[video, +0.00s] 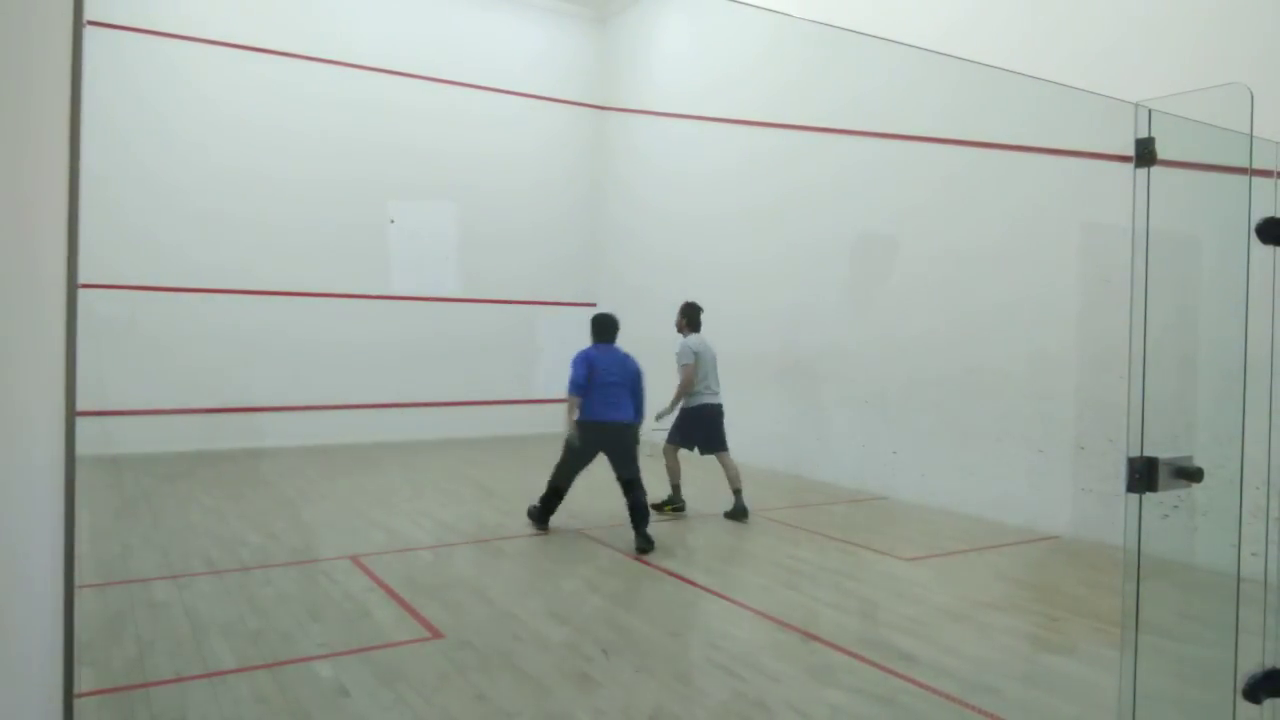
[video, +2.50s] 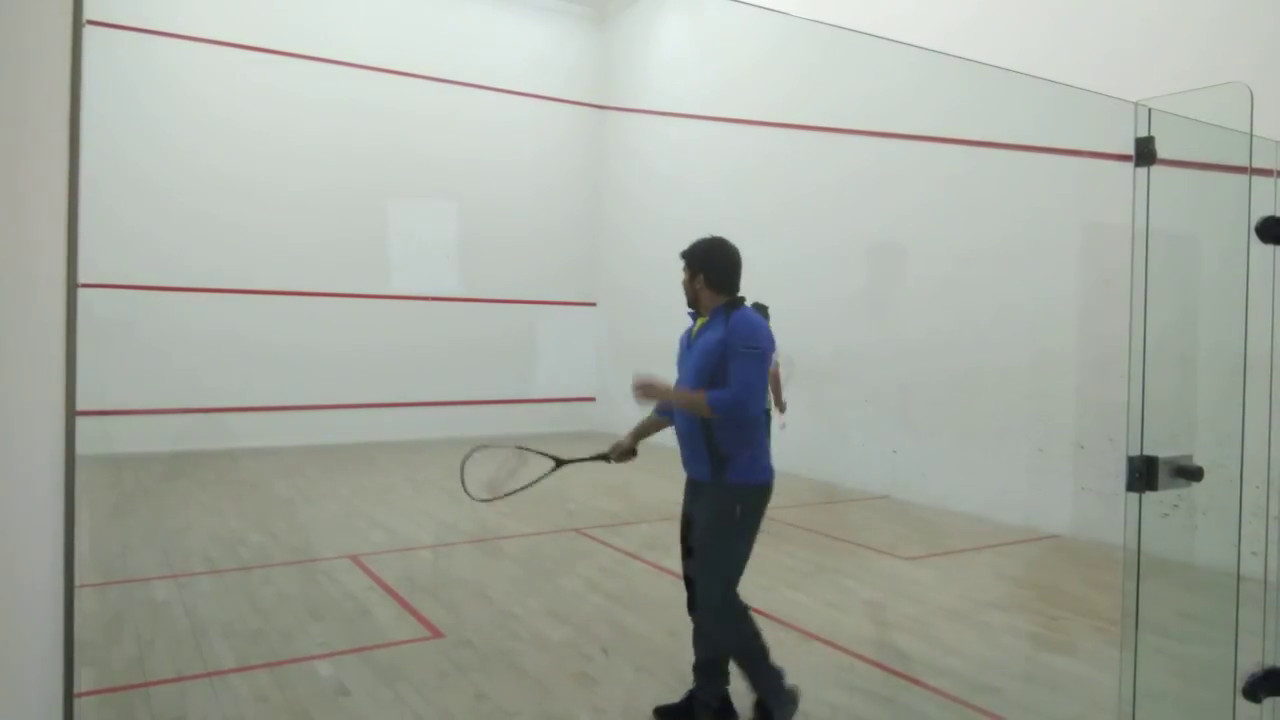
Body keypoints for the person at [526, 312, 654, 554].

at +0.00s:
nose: (596, 335)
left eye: (595, 330)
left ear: (593, 333)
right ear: (616, 334)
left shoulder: (585, 357)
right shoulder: (629, 361)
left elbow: (576, 389)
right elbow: (638, 401)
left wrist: (571, 420)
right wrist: (635, 427)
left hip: (590, 427)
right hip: (622, 429)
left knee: (565, 473)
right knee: (631, 481)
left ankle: (543, 514)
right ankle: (642, 534)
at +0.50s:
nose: (623, 304)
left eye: (625, 299)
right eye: (624, 299)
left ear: (634, 299)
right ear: (648, 298)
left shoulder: (637, 326)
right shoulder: (663, 328)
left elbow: (637, 368)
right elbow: (663, 370)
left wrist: (628, 402)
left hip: (638, 405)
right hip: (661, 407)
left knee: (621, 469)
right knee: (651, 470)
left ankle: (624, 539)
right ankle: (644, 535)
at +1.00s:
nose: (669, 303)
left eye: (674, 299)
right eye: (663, 297)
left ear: (682, 303)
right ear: (651, 299)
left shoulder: (688, 332)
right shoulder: (631, 336)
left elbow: (714, 332)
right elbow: (613, 381)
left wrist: (690, 298)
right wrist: (604, 421)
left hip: (675, 429)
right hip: (638, 429)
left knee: (664, 500)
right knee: (647, 503)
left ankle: (640, 553)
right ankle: (656, 582)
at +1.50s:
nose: (725, 290)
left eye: (733, 283)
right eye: (723, 283)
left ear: (758, 287)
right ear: (722, 289)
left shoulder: (785, 335)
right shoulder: (708, 338)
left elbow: (816, 383)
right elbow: (688, 389)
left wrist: (795, 364)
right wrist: (698, 416)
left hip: (768, 459)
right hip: (721, 458)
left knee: (762, 545)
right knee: (727, 548)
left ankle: (751, 620)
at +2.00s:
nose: (758, 289)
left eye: (764, 279)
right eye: (759, 280)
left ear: (790, 282)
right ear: (787, 283)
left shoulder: (829, 336)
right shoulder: (777, 337)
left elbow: (836, 414)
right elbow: (769, 404)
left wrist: (800, 471)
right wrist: (729, 445)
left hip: (815, 483)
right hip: (772, 477)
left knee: (812, 585)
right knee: (753, 571)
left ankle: (816, 691)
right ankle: (763, 671)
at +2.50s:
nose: (682, 283)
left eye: (688, 274)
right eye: (684, 274)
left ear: (706, 278)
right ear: (711, 279)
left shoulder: (746, 327)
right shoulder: (694, 334)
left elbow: (743, 402)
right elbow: (684, 402)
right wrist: (633, 436)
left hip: (741, 483)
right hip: (703, 480)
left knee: (715, 591)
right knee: (701, 590)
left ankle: (774, 694)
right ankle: (709, 697)